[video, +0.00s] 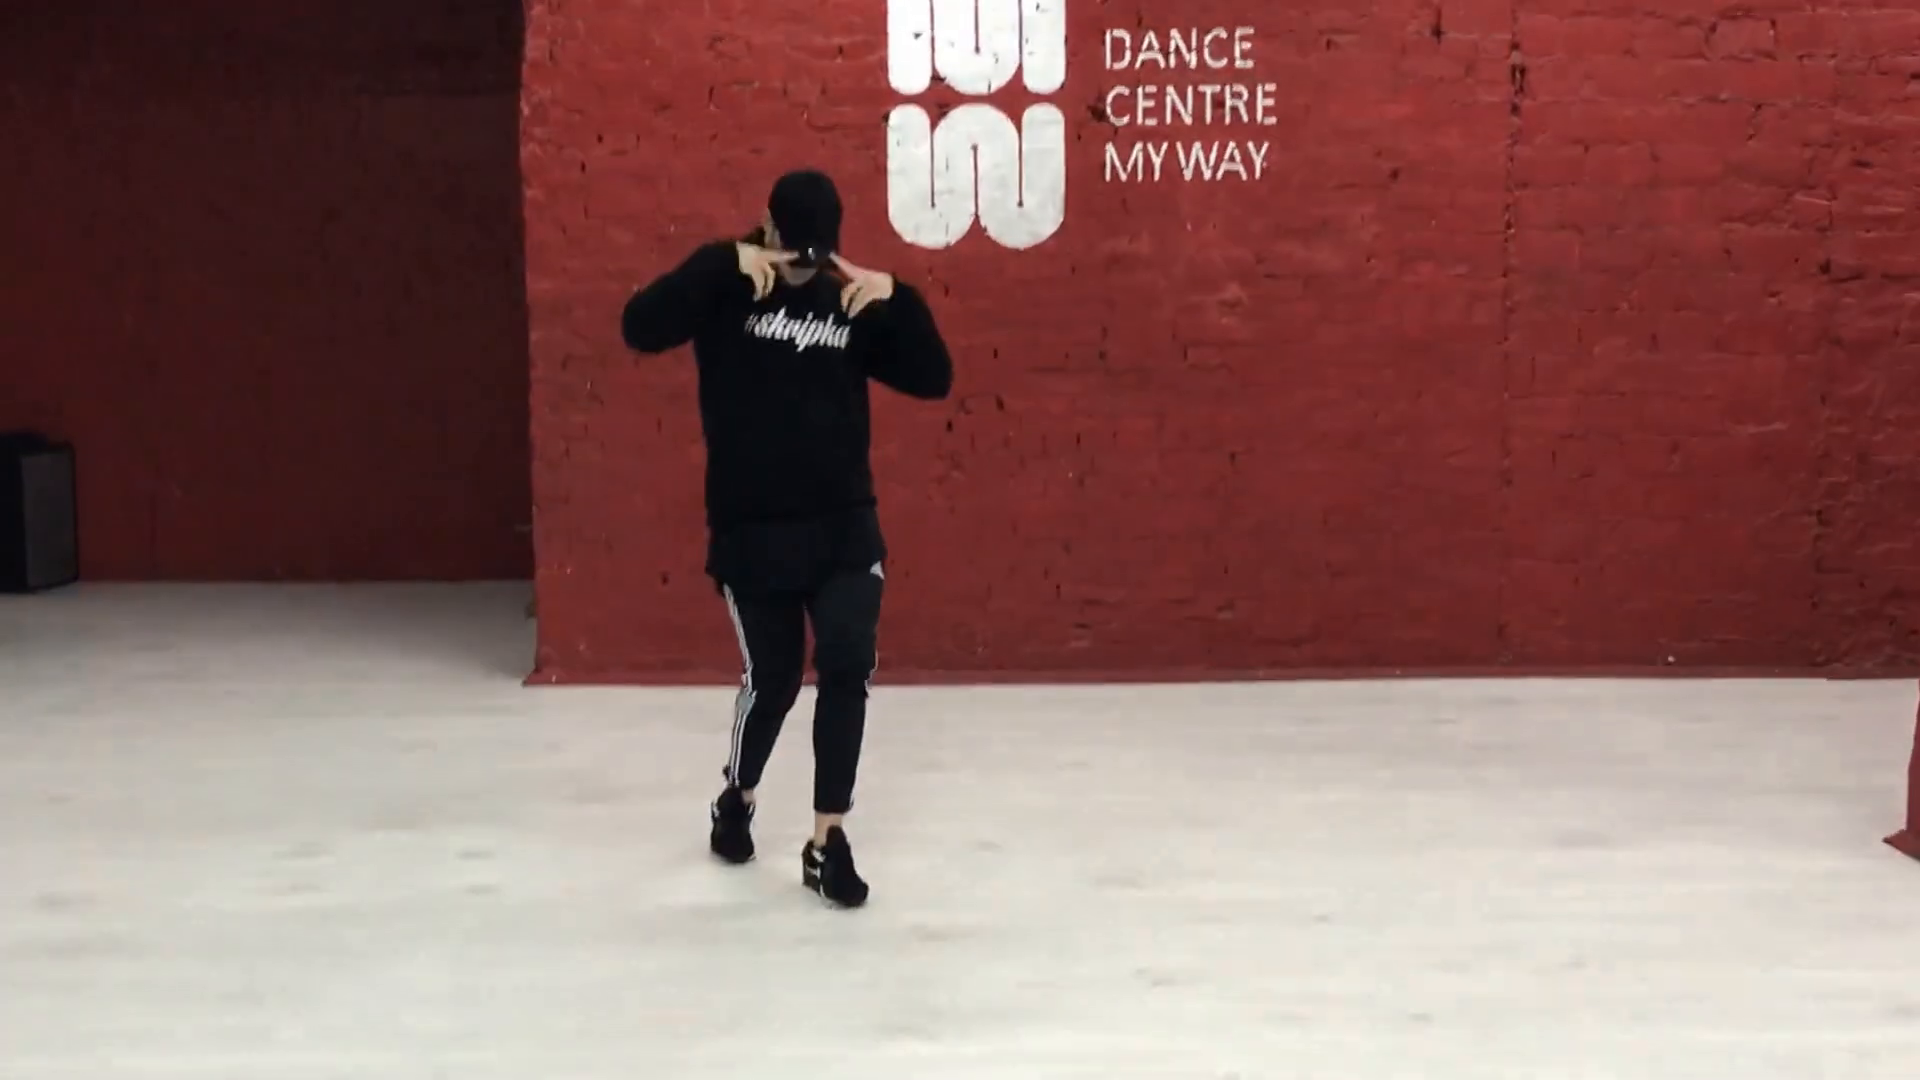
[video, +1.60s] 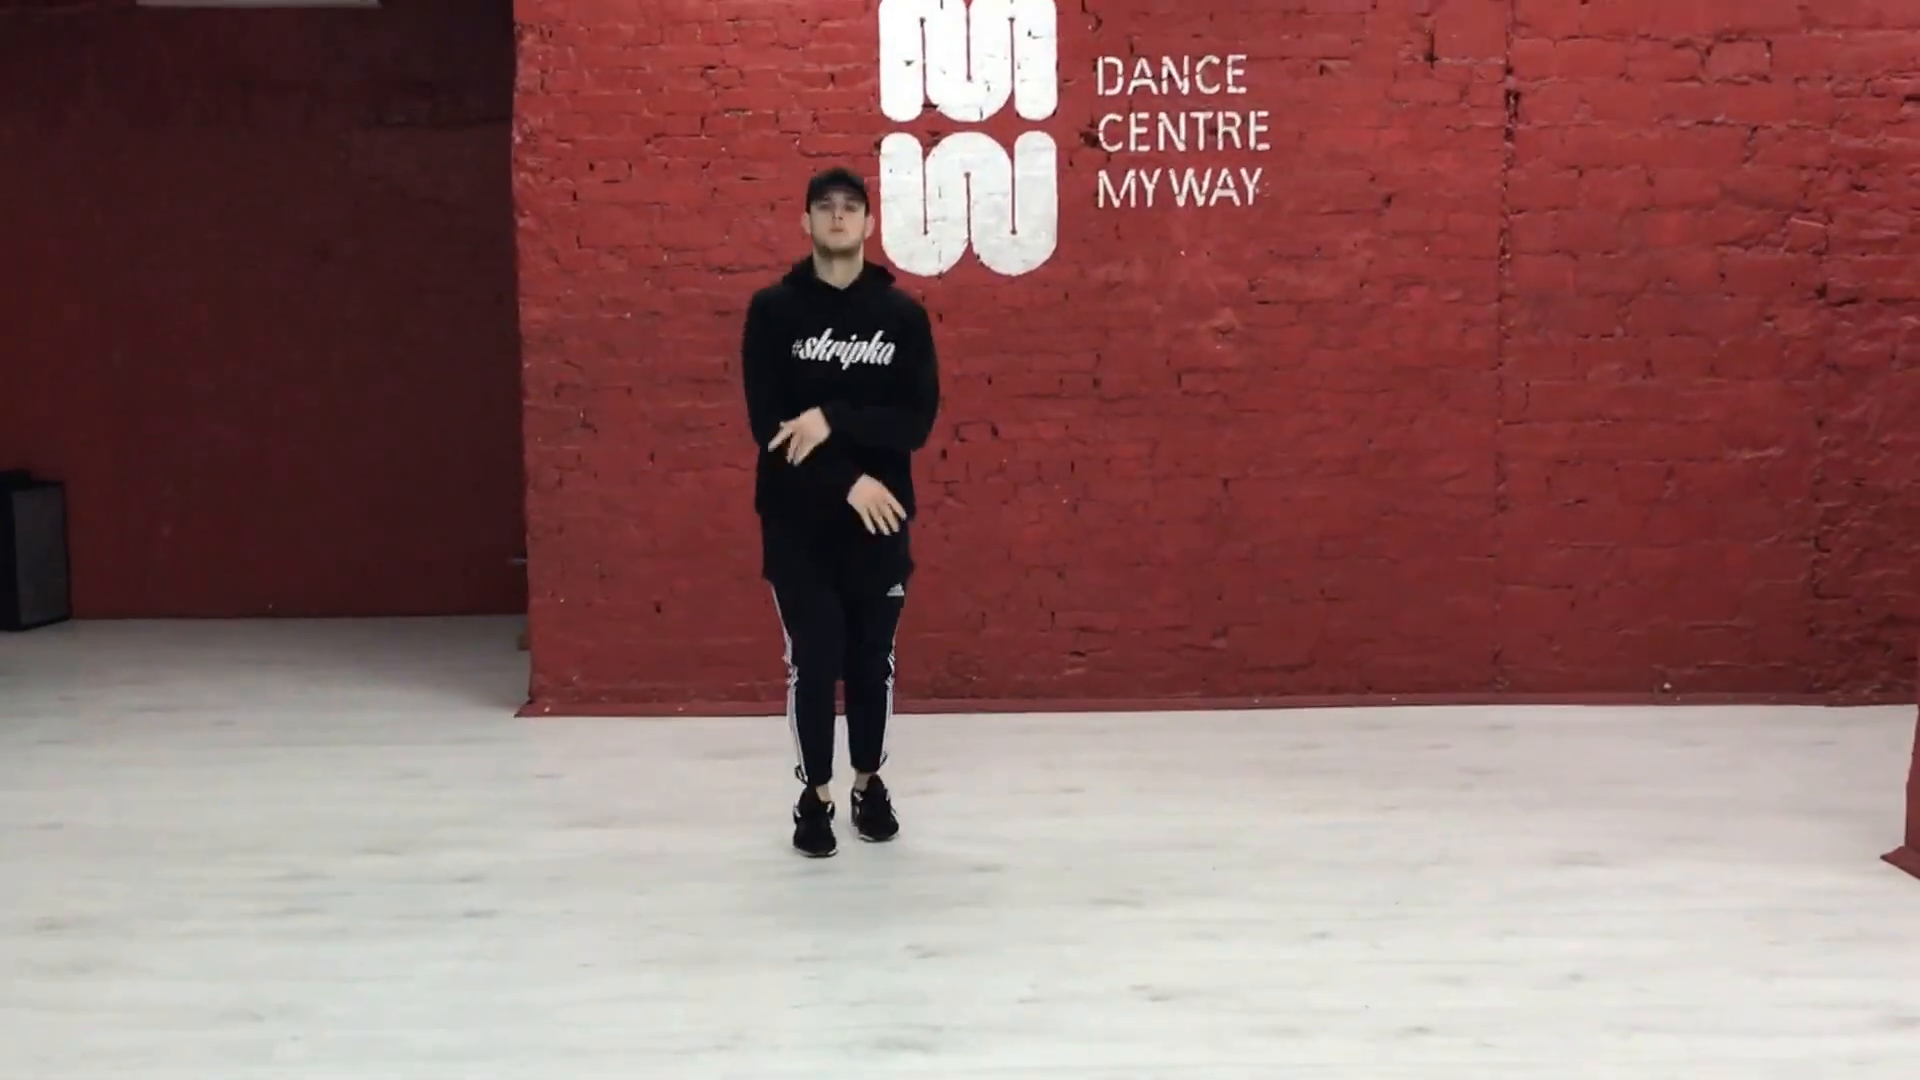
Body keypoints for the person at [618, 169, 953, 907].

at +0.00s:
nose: (802, 267)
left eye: (817, 256)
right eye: (793, 253)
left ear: (837, 247)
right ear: (768, 234)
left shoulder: (854, 304)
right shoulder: (722, 288)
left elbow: (932, 380)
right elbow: (640, 327)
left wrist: (895, 299)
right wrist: (725, 262)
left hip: (842, 522)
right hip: (752, 524)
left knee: (848, 674)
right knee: (774, 679)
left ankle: (828, 838)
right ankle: (736, 800)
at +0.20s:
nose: (822, 238)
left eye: (835, 227)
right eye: (811, 224)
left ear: (854, 210)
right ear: (785, 199)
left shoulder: (876, 263)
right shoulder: (739, 247)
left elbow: (962, 319)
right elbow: (639, 293)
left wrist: (982, 310)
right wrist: (676, 274)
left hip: (852, 496)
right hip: (763, 494)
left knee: (837, 657)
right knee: (776, 651)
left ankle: (828, 820)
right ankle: (766, 765)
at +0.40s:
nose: (827, 250)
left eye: (839, 238)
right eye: (815, 236)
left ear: (857, 223)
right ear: (791, 216)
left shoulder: (884, 279)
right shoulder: (752, 263)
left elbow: (956, 325)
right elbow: (691, 304)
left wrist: (1037, 359)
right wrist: (633, 341)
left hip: (859, 501)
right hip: (766, 499)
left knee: (849, 651)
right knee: (775, 662)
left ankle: (828, 810)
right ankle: (794, 740)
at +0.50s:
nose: (823, 227)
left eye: (834, 215)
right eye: (811, 214)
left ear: (854, 199)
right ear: (789, 194)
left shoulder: (887, 264)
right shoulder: (748, 247)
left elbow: (949, 355)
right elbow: (692, 334)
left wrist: (998, 442)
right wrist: (657, 419)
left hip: (858, 487)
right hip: (766, 485)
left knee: (840, 633)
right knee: (779, 647)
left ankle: (827, 801)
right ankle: (813, 722)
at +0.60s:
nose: (820, 200)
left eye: (831, 187)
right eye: (807, 187)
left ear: (851, 177)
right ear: (785, 175)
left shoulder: (886, 253)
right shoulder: (743, 243)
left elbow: (922, 375)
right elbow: (706, 360)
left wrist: (923, 489)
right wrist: (703, 471)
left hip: (856, 478)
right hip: (766, 478)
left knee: (833, 628)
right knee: (784, 636)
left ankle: (834, 800)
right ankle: (816, 739)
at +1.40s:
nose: (820, 171)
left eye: (832, 162)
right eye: (807, 161)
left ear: (849, 176)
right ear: (787, 175)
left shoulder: (887, 262)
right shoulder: (752, 262)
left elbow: (905, 373)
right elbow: (743, 377)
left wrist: (889, 463)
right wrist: (777, 470)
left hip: (871, 468)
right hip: (791, 471)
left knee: (873, 622)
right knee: (812, 625)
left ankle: (881, 755)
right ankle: (815, 774)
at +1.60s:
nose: (839, 219)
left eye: (851, 209)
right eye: (826, 209)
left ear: (868, 221)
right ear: (807, 222)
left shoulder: (903, 313)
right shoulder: (773, 308)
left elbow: (916, 418)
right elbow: (770, 421)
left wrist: (832, 417)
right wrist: (849, 478)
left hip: (879, 512)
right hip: (797, 512)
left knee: (871, 657)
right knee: (815, 655)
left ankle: (868, 784)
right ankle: (816, 795)